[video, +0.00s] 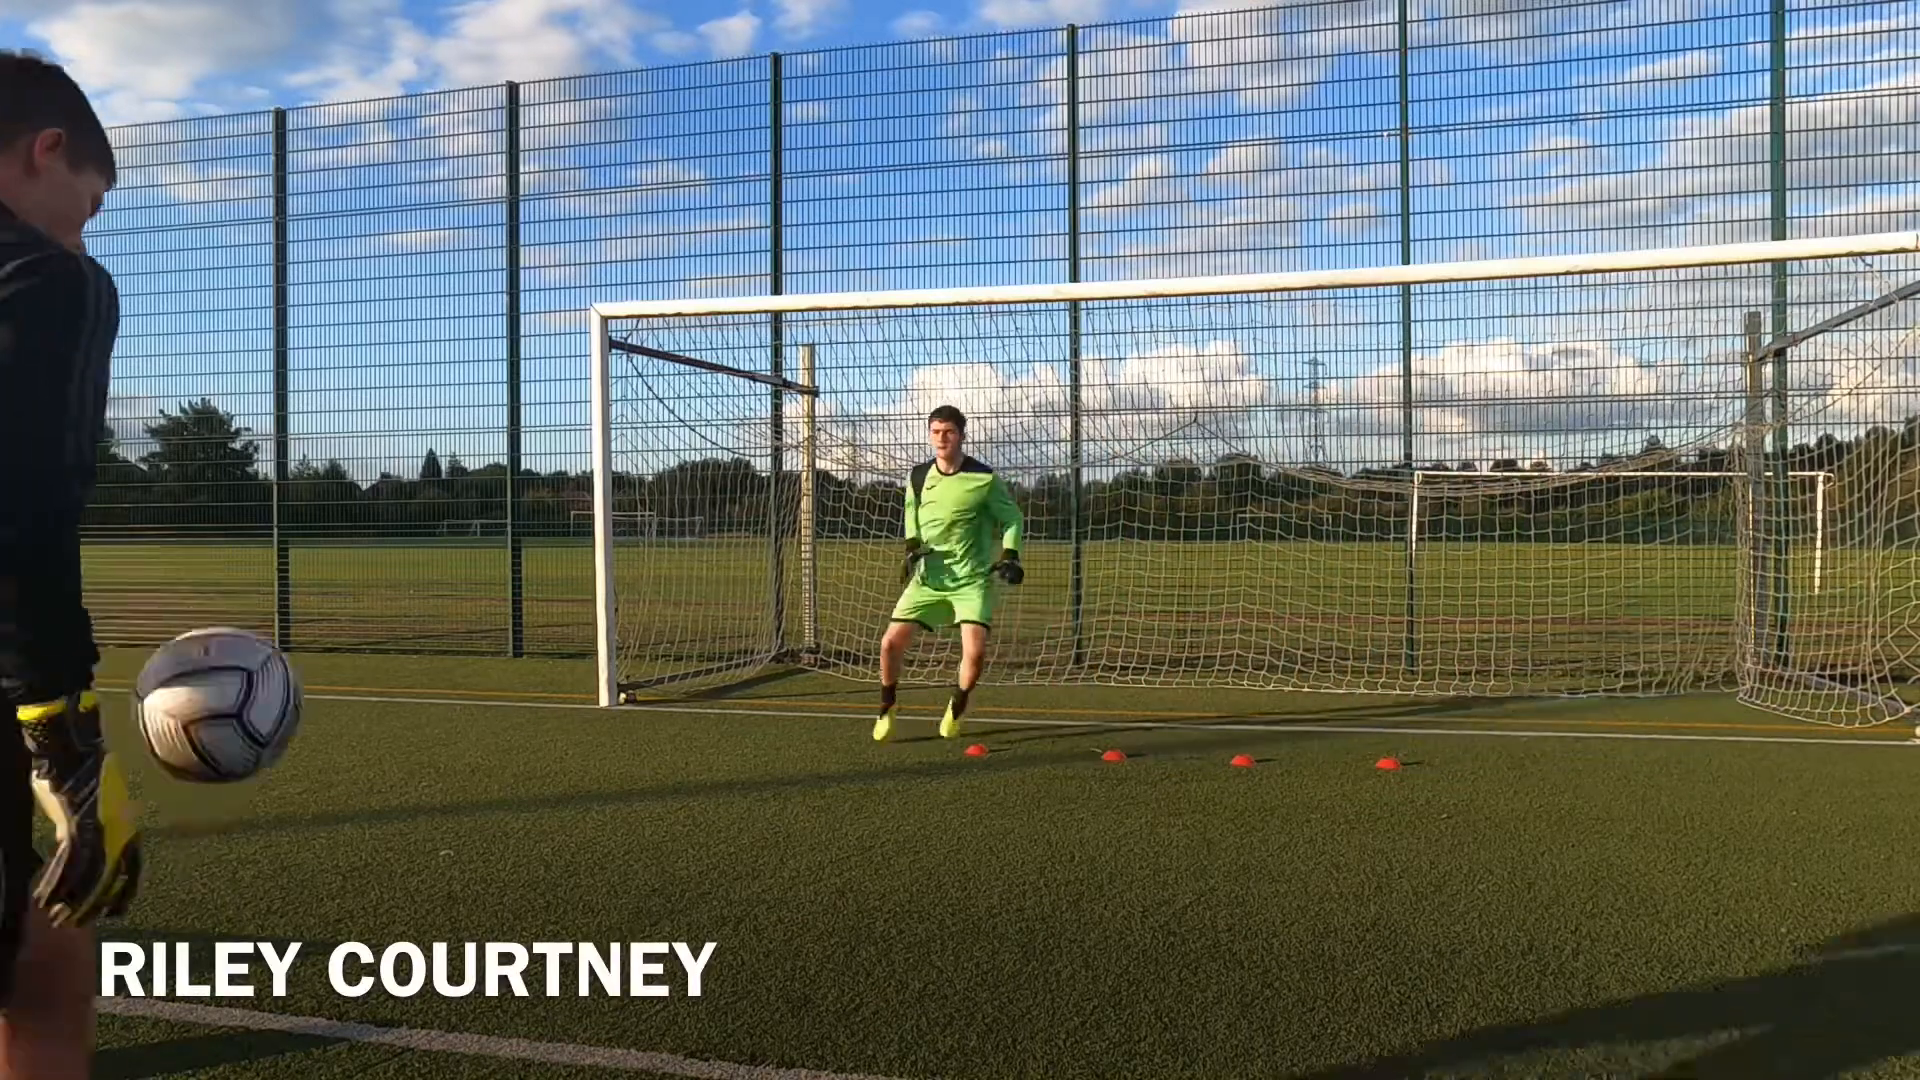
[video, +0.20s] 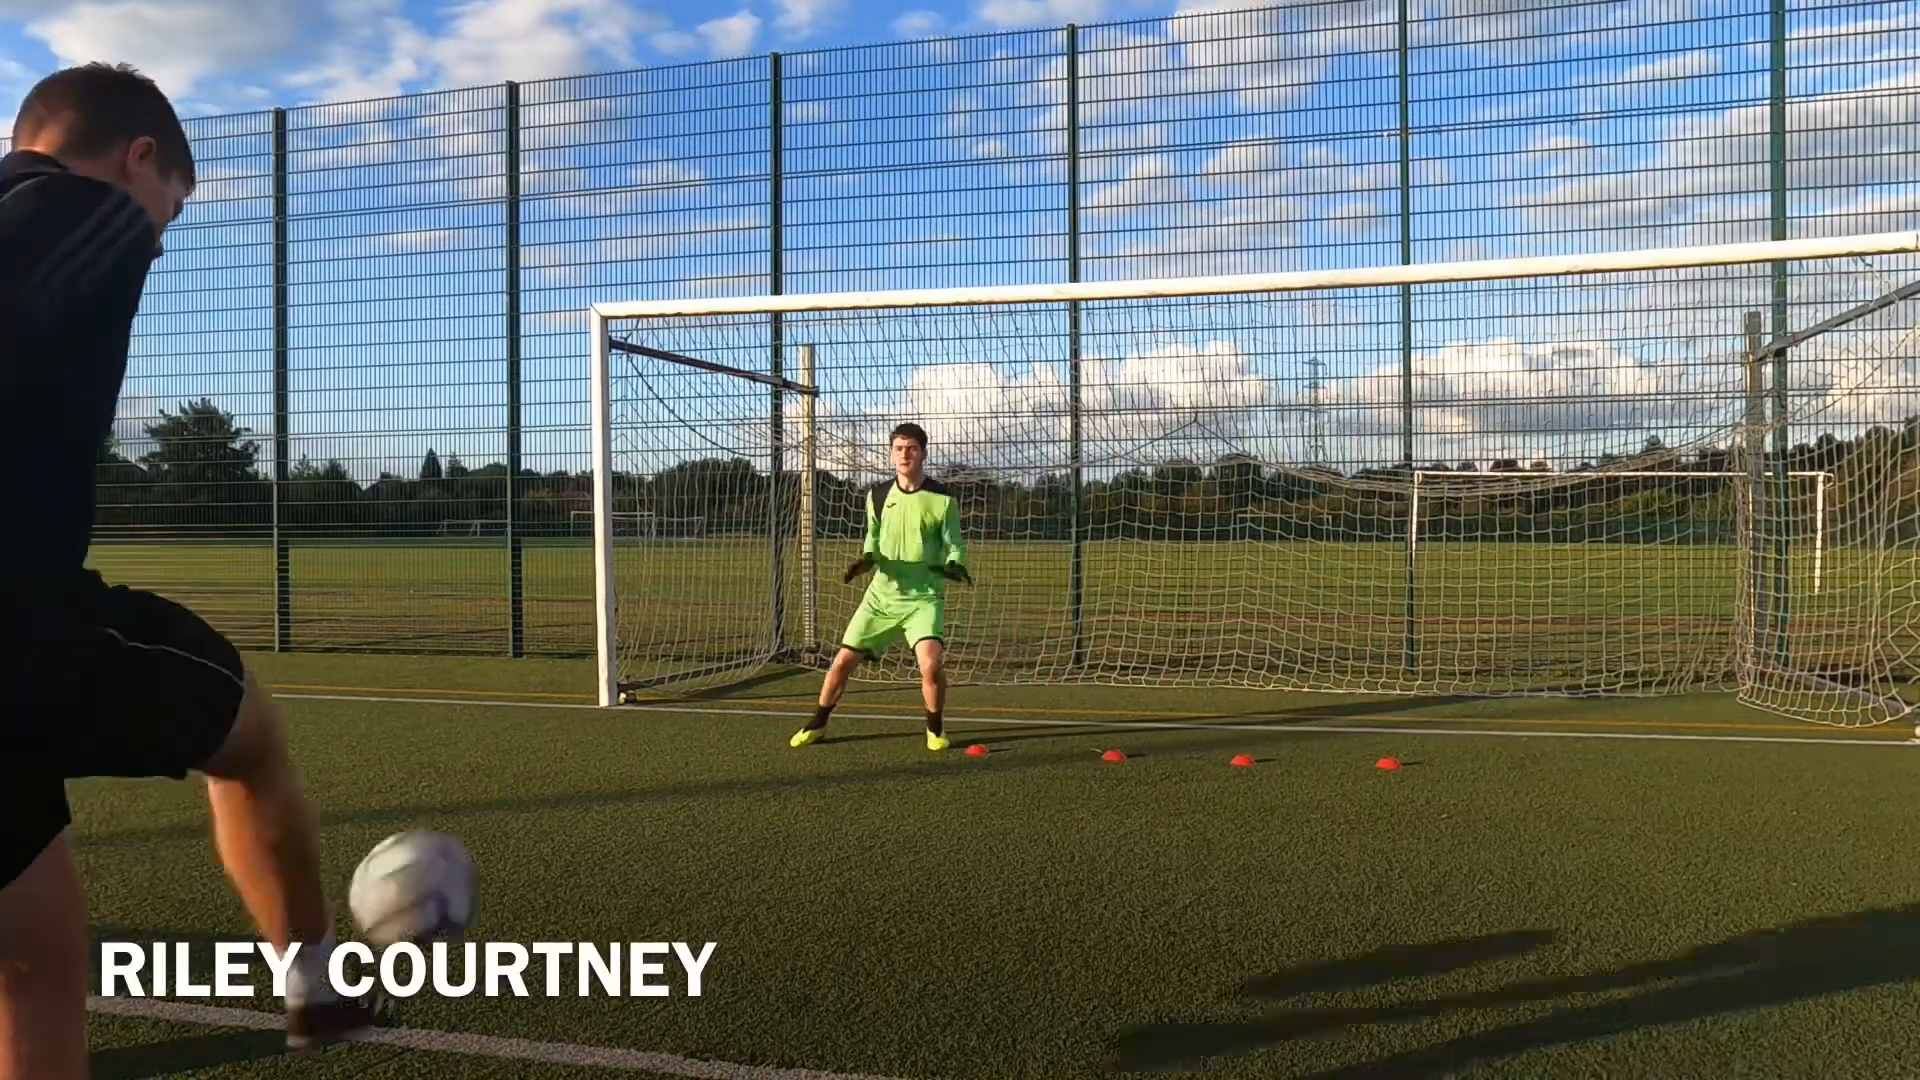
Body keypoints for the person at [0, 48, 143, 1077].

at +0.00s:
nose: (86, 225)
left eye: (97, 207)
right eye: (89, 198)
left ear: (26, 158)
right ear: (40, 154)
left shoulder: (42, 285)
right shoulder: (51, 284)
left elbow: (38, 528)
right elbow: (34, 523)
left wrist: (66, 756)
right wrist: (67, 756)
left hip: (24, 713)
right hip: (19, 715)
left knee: (50, 1004)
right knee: (50, 1009)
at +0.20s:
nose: (163, 224)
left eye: (172, 209)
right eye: (170, 200)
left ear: (29, 151)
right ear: (134, 159)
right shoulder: (98, 218)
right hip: (35, 626)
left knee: (37, 976)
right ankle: (317, 990)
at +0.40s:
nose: (164, 176)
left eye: (170, 151)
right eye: (166, 145)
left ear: (23, 115)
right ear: (124, 119)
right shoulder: (109, 212)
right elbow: (93, 452)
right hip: (58, 636)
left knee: (54, 933)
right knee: (232, 484)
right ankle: (292, 737)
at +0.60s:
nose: (127, 113)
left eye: (126, 88)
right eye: (124, 87)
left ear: (18, 77)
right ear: (86, 75)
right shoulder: (86, 197)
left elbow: (63, 427)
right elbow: (71, 424)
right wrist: (147, 616)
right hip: (42, 593)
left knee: (36, 953)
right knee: (270, 700)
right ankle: (186, 999)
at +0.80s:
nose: (94, 76)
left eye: (90, 50)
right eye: (87, 48)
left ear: (26, 52)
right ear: (48, 50)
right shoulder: (84, 207)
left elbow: (151, 446)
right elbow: (153, 450)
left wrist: (242, 603)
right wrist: (245, 604)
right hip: (49, 656)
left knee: (20, 1012)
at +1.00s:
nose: (71, 63)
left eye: (65, 39)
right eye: (62, 37)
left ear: (13, 40)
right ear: (27, 34)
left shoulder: (41, 192)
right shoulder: (51, 190)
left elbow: (108, 430)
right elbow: (108, 435)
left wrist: (223, 558)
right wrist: (224, 560)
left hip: (15, 633)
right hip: (10, 634)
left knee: (13, 893)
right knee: (9, 896)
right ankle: (17, 1056)